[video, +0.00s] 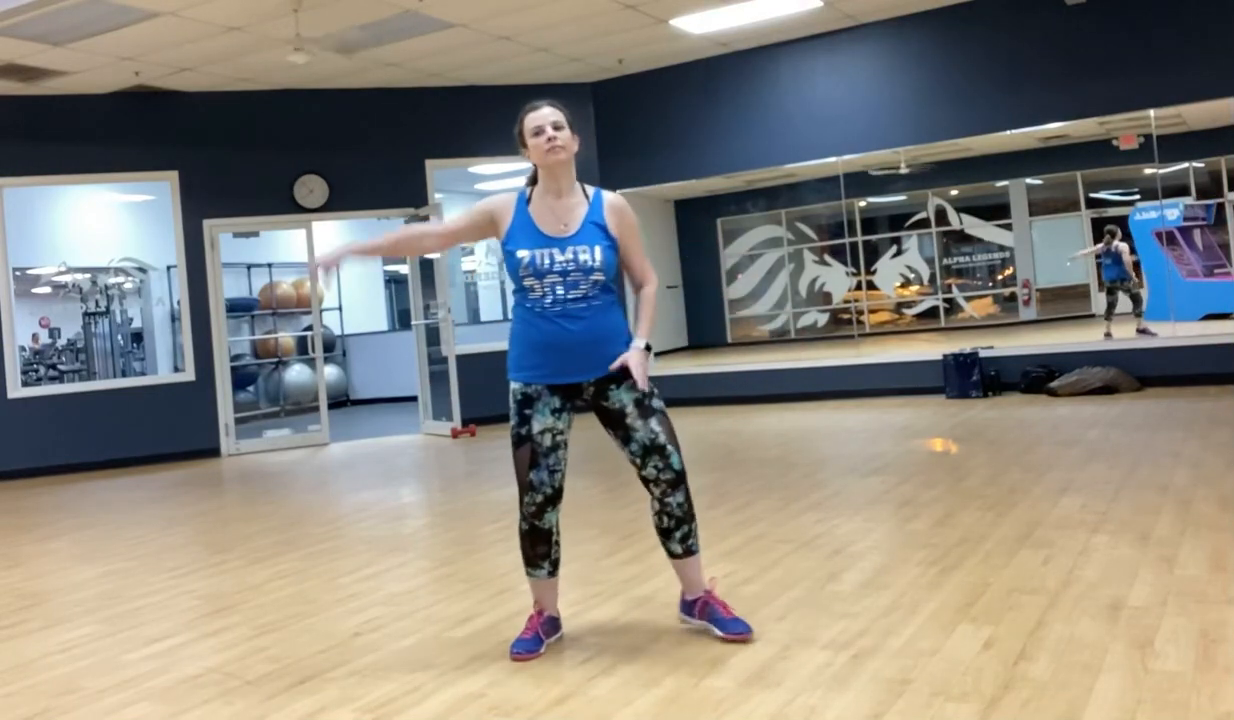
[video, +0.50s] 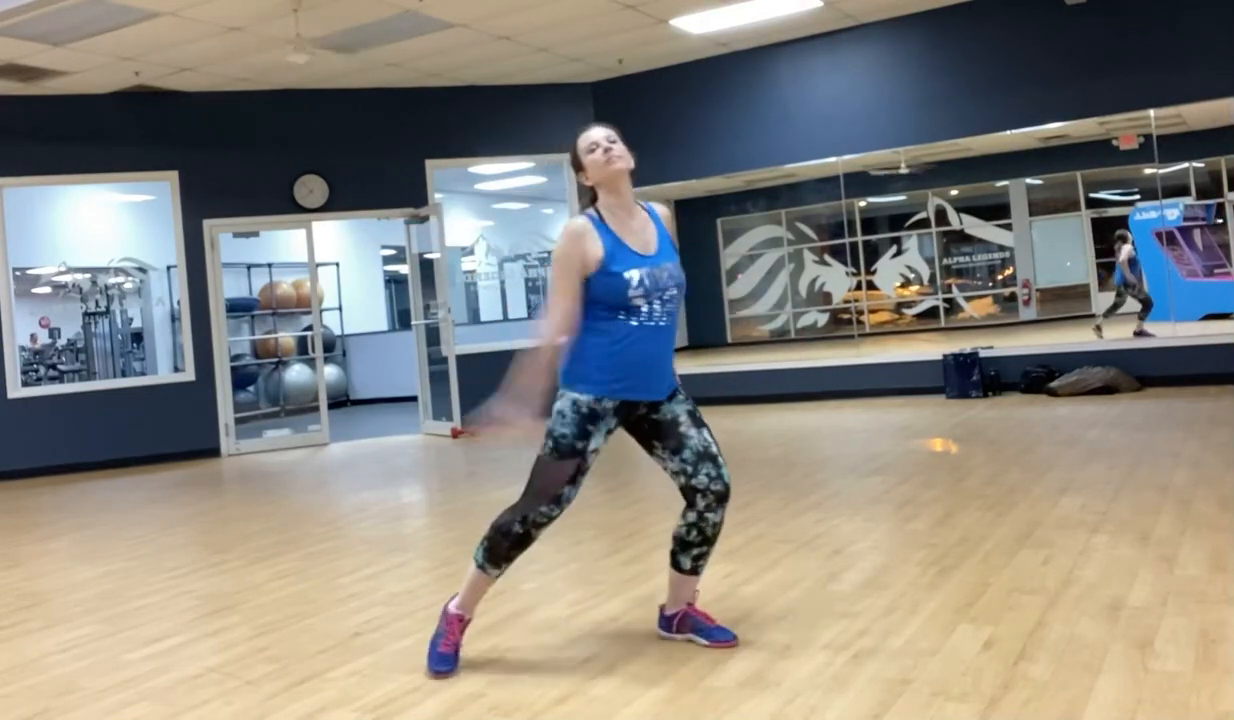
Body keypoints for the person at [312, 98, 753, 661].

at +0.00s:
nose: (551, 135)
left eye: (557, 126)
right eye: (539, 132)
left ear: (574, 138)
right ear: (525, 150)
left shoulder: (610, 207)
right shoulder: (505, 209)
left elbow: (645, 281)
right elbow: (429, 236)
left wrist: (640, 344)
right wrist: (348, 250)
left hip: (611, 369)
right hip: (537, 377)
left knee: (667, 468)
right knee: (538, 494)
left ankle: (697, 594)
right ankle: (544, 614)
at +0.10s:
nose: (553, 134)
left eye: (559, 126)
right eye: (541, 131)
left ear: (578, 139)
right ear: (527, 151)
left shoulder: (615, 205)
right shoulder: (507, 208)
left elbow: (654, 274)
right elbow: (428, 223)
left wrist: (647, 339)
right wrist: (345, 222)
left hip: (617, 369)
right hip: (543, 378)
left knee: (670, 471)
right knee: (540, 495)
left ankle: (687, 599)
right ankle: (545, 614)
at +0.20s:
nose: (560, 135)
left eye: (567, 127)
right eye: (548, 132)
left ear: (587, 139)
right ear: (537, 152)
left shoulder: (627, 203)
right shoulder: (522, 205)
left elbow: (669, 268)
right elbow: (437, 209)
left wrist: (661, 329)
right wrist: (355, 197)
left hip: (627, 370)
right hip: (553, 377)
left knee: (672, 478)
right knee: (546, 496)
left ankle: (676, 607)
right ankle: (544, 614)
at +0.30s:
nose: (581, 136)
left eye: (587, 128)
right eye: (568, 135)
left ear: (608, 142)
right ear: (559, 158)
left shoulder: (651, 202)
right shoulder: (549, 212)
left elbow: (680, 264)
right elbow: (469, 233)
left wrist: (674, 329)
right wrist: (391, 228)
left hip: (645, 374)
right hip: (573, 378)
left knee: (690, 480)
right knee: (542, 493)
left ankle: (677, 607)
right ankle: (516, 603)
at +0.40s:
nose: (594, 139)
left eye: (599, 131)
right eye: (580, 139)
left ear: (619, 146)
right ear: (571, 165)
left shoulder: (657, 205)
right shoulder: (560, 220)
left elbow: (680, 269)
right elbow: (486, 261)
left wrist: (675, 328)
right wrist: (422, 280)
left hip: (653, 379)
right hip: (583, 383)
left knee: (699, 482)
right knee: (544, 496)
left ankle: (679, 608)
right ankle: (486, 600)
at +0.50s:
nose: (609, 148)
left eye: (614, 141)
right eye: (595, 149)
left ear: (632, 157)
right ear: (584, 175)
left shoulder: (661, 216)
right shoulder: (579, 235)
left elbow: (659, 299)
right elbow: (556, 330)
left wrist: (659, 364)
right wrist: (519, 403)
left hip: (656, 389)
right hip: (591, 394)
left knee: (711, 489)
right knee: (539, 508)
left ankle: (679, 610)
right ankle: (458, 613)